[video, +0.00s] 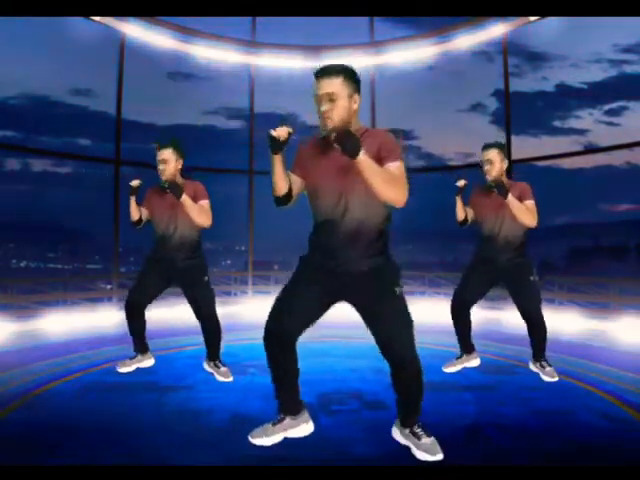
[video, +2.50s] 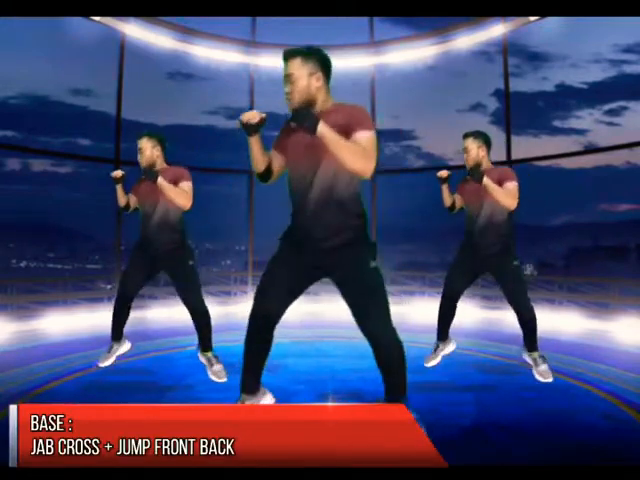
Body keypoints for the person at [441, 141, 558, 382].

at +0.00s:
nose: (485, 168)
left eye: (490, 162)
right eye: (483, 163)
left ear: (504, 163)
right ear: (481, 166)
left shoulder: (521, 189)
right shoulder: (479, 193)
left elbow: (531, 220)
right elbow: (463, 219)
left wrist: (506, 194)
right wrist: (459, 195)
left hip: (516, 263)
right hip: (486, 263)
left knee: (533, 314)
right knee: (459, 304)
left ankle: (539, 360)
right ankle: (467, 353)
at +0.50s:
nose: (492, 163)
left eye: (496, 158)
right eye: (488, 159)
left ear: (506, 160)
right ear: (483, 163)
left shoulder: (520, 188)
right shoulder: (477, 192)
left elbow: (530, 217)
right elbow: (460, 215)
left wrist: (507, 190)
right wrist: (455, 194)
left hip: (513, 264)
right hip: (482, 263)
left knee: (530, 316)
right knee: (458, 306)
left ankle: (536, 362)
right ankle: (460, 351)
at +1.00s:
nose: (494, 160)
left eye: (498, 154)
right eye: (491, 155)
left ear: (512, 155)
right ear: (489, 158)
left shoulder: (528, 183)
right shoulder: (482, 185)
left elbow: (542, 211)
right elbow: (456, 195)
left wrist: (518, 185)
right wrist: (442, 180)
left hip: (520, 260)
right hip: (489, 259)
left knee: (536, 313)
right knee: (466, 301)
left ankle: (537, 362)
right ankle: (465, 350)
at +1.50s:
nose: (482, 161)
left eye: (485, 157)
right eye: (482, 157)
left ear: (496, 156)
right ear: (494, 157)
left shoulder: (507, 175)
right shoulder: (493, 179)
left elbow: (471, 183)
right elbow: (482, 208)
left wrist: (447, 173)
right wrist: (480, 182)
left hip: (508, 257)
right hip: (490, 256)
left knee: (517, 312)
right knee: (467, 298)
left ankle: (546, 360)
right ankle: (467, 352)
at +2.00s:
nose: (481, 162)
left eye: (485, 157)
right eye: (481, 158)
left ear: (500, 157)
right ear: (489, 160)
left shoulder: (523, 182)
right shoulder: (488, 190)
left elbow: (530, 210)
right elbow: (473, 216)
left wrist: (503, 184)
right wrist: (464, 195)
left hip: (519, 262)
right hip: (492, 260)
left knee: (529, 316)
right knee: (460, 294)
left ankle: (548, 364)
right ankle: (458, 342)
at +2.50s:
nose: (465, 154)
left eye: (469, 149)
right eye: (464, 150)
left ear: (484, 151)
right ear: (466, 154)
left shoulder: (504, 174)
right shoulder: (466, 184)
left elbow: (511, 203)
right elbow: (451, 206)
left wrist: (484, 179)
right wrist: (444, 184)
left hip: (501, 251)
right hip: (472, 251)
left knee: (521, 304)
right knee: (450, 293)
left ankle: (532, 352)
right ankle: (443, 341)